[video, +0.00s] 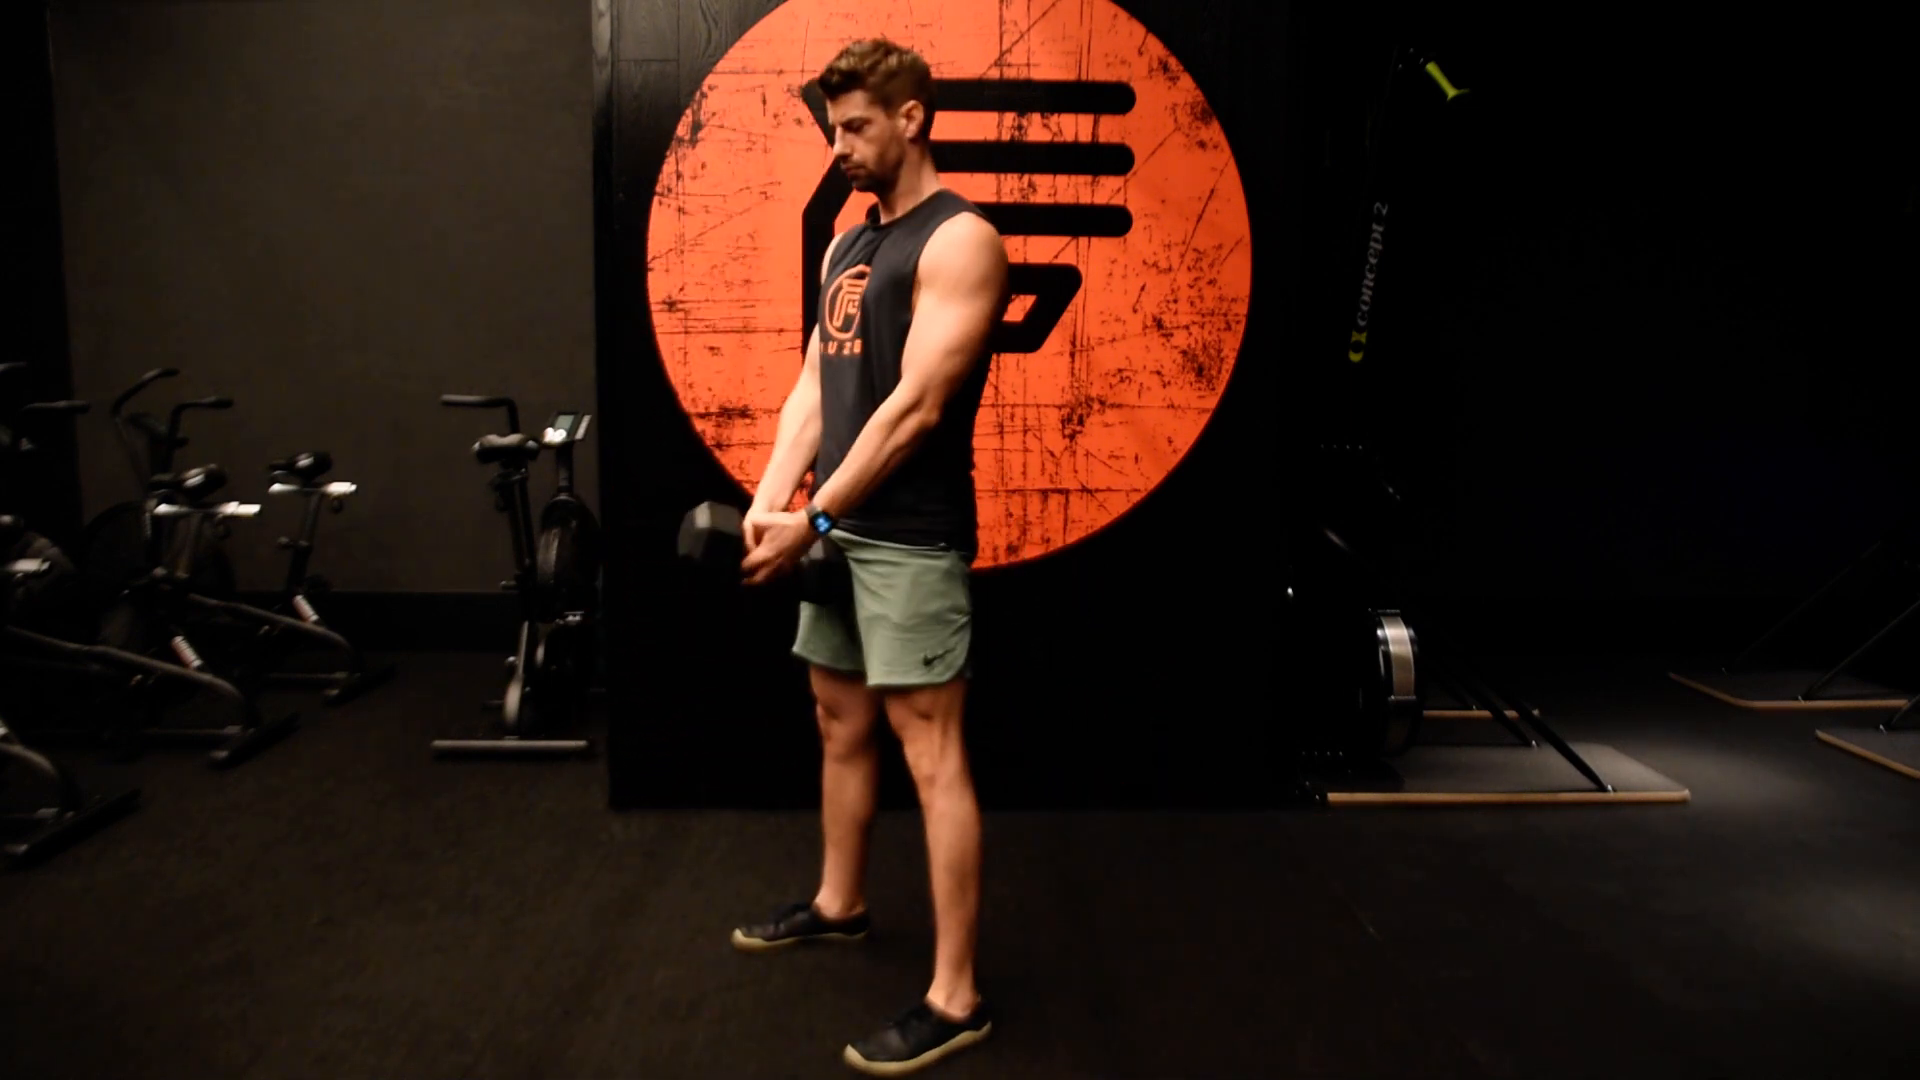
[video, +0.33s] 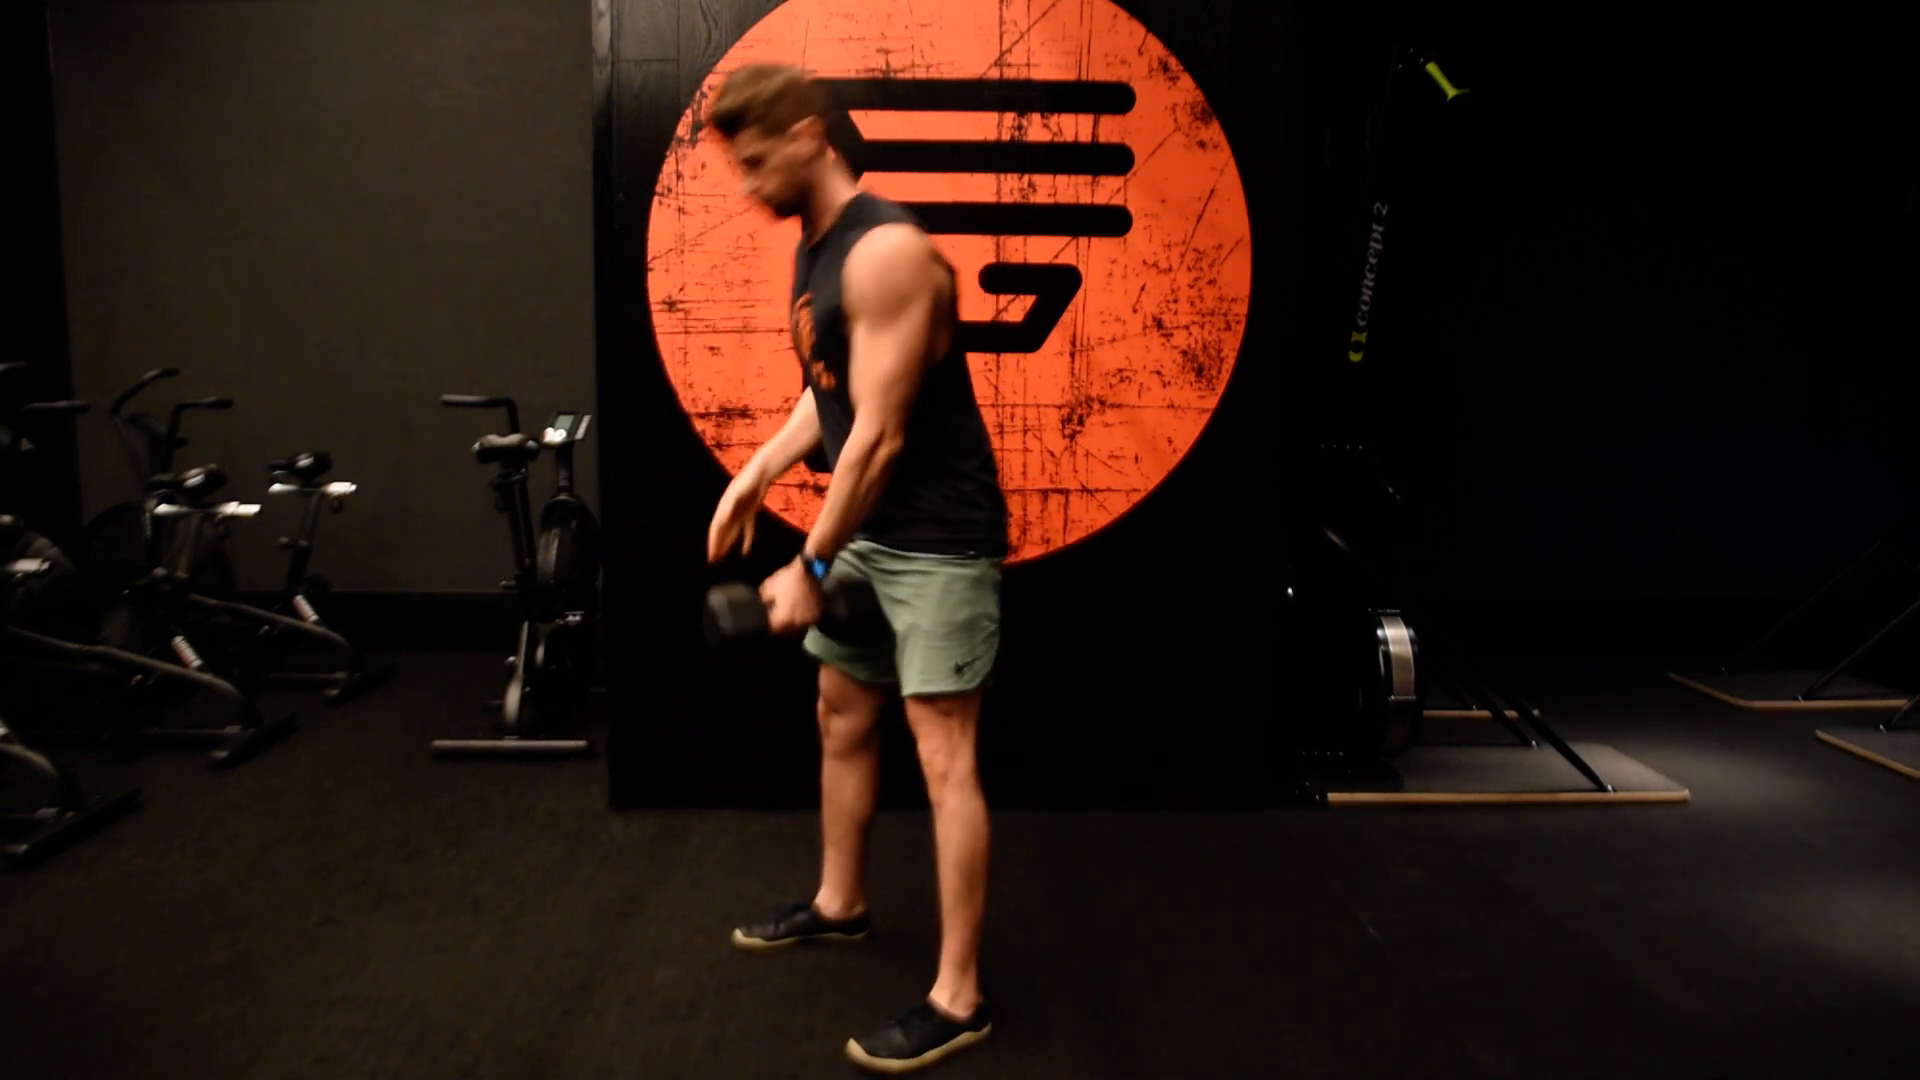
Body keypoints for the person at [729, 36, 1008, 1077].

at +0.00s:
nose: (845, 147)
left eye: (857, 127)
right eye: (835, 132)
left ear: (913, 116)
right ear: (839, 133)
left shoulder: (963, 238)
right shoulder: (848, 243)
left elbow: (920, 406)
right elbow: (816, 388)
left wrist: (811, 517)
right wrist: (775, 494)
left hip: (913, 538)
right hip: (834, 528)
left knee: (931, 750)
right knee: (841, 722)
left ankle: (956, 995)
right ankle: (838, 903)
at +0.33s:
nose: (744, 183)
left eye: (753, 161)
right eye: (737, 164)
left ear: (808, 138)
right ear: (791, 150)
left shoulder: (890, 253)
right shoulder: (821, 250)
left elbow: (880, 435)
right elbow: (834, 402)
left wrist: (811, 564)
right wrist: (751, 476)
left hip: (936, 542)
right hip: (858, 535)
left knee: (946, 756)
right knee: (844, 722)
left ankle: (958, 992)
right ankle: (838, 903)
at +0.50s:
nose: (661, 310)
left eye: (664, 288)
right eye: (650, 294)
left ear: (711, 251)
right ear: (702, 261)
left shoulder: (822, 345)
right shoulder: (765, 332)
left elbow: (858, 525)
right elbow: (800, 464)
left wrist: (819, 662)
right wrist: (747, 589)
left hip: (979, 545)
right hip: (892, 545)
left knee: (946, 751)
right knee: (834, 708)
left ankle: (960, 996)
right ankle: (838, 903)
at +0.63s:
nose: (625, 456)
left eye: (623, 433)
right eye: (613, 440)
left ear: (664, 391)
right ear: (662, 388)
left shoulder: (797, 456)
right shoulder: (730, 427)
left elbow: (838, 635)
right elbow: (769, 555)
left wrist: (819, 776)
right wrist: (746, 695)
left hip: (990, 557)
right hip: (895, 562)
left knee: (937, 758)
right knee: (815, 713)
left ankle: (959, 1000)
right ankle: (837, 904)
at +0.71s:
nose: (626, 548)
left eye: (619, 528)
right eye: (613, 535)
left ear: (647, 479)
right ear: (646, 471)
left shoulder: (787, 531)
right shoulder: (721, 492)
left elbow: (829, 706)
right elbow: (749, 622)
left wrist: (823, 852)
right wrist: (740, 761)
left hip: (992, 570)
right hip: (895, 578)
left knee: (924, 766)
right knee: (798, 706)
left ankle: (958, 1005)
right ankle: (832, 899)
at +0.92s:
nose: (627, 696)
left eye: (620, 681)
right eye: (614, 688)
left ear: (640, 634)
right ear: (637, 625)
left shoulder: (768, 651)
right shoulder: (694, 607)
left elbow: (818, 828)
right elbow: (713, 754)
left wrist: (829, 971)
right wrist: (715, 894)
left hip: (979, 616)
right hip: (901, 618)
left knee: (884, 795)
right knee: (757, 722)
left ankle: (957, 1004)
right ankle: (833, 909)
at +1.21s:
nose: (675, 747)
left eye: (665, 737)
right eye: (662, 745)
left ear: (672, 697)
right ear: (669, 689)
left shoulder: (763, 662)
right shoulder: (694, 640)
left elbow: (818, 834)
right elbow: (717, 789)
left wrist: (828, 975)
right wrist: (717, 919)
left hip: (967, 518)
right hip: (885, 532)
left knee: (936, 747)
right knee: (824, 708)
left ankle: (992, 982)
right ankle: (859, 875)